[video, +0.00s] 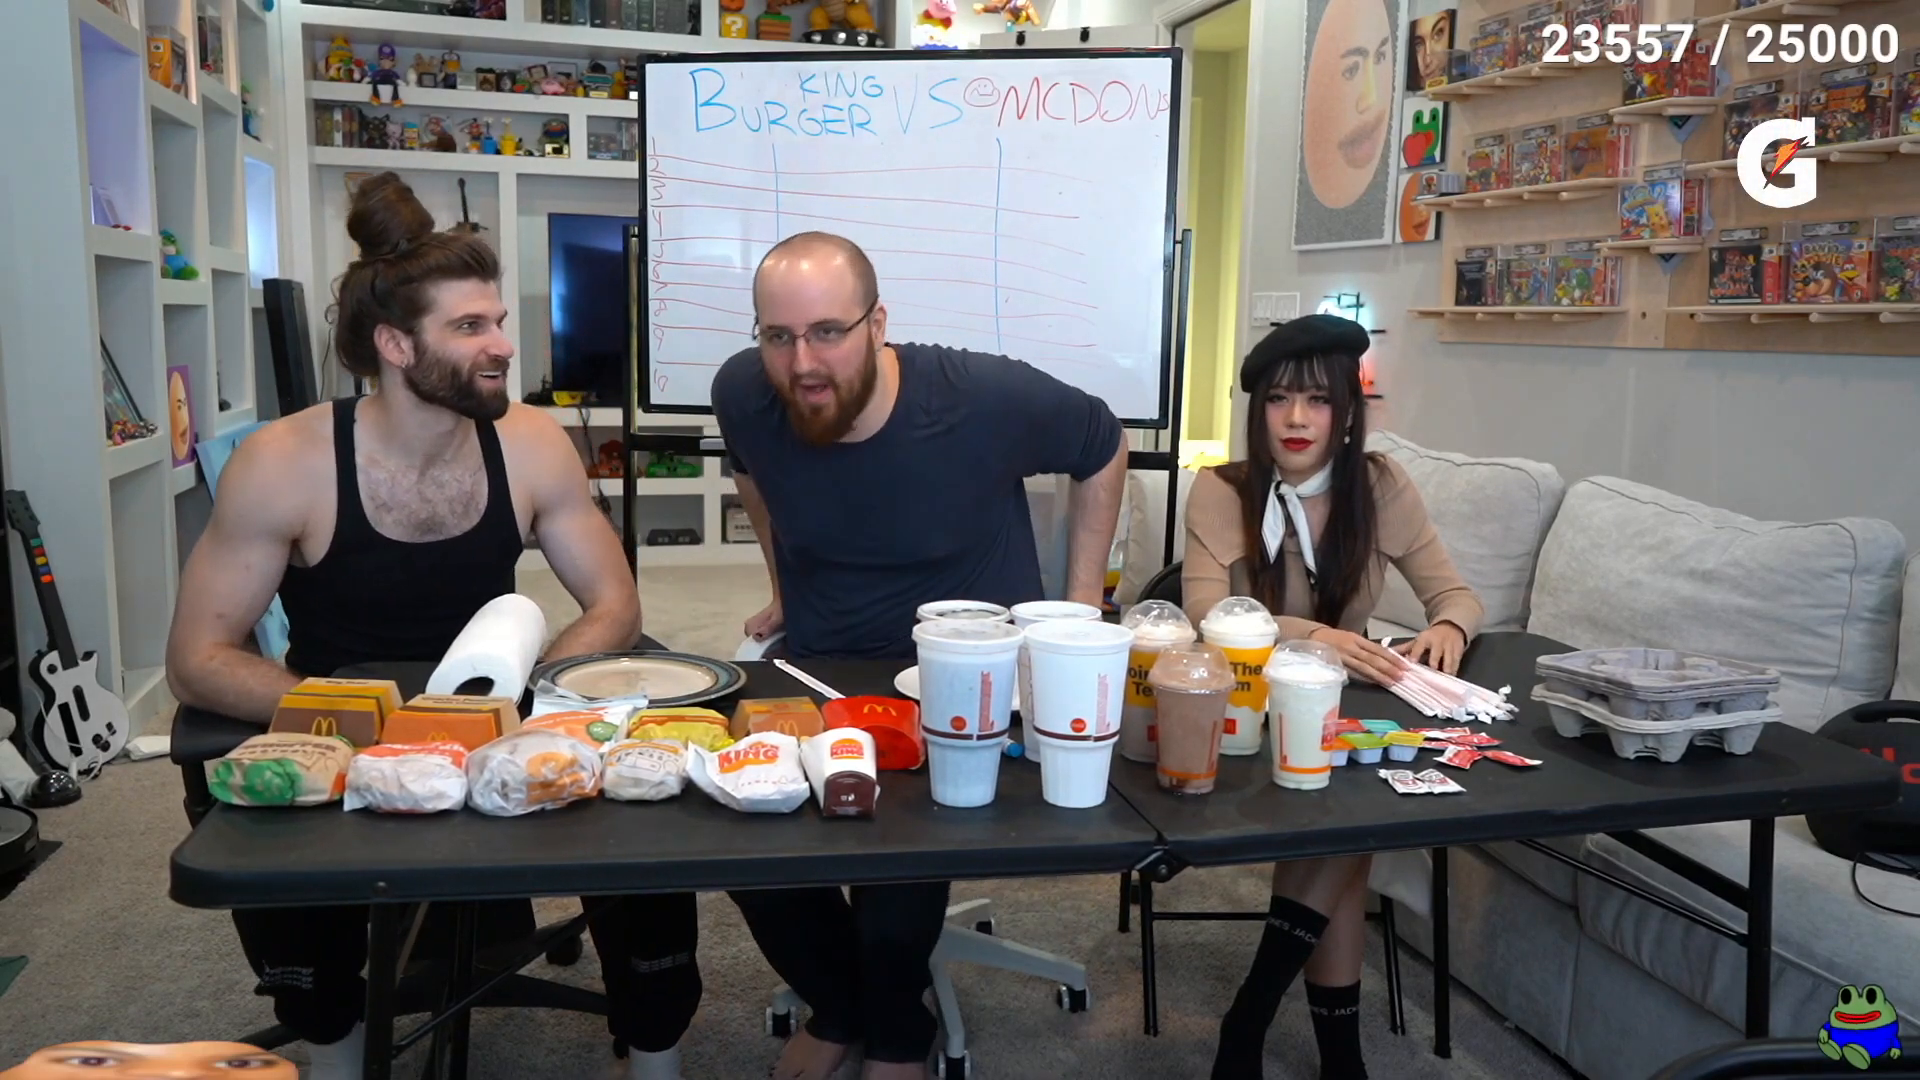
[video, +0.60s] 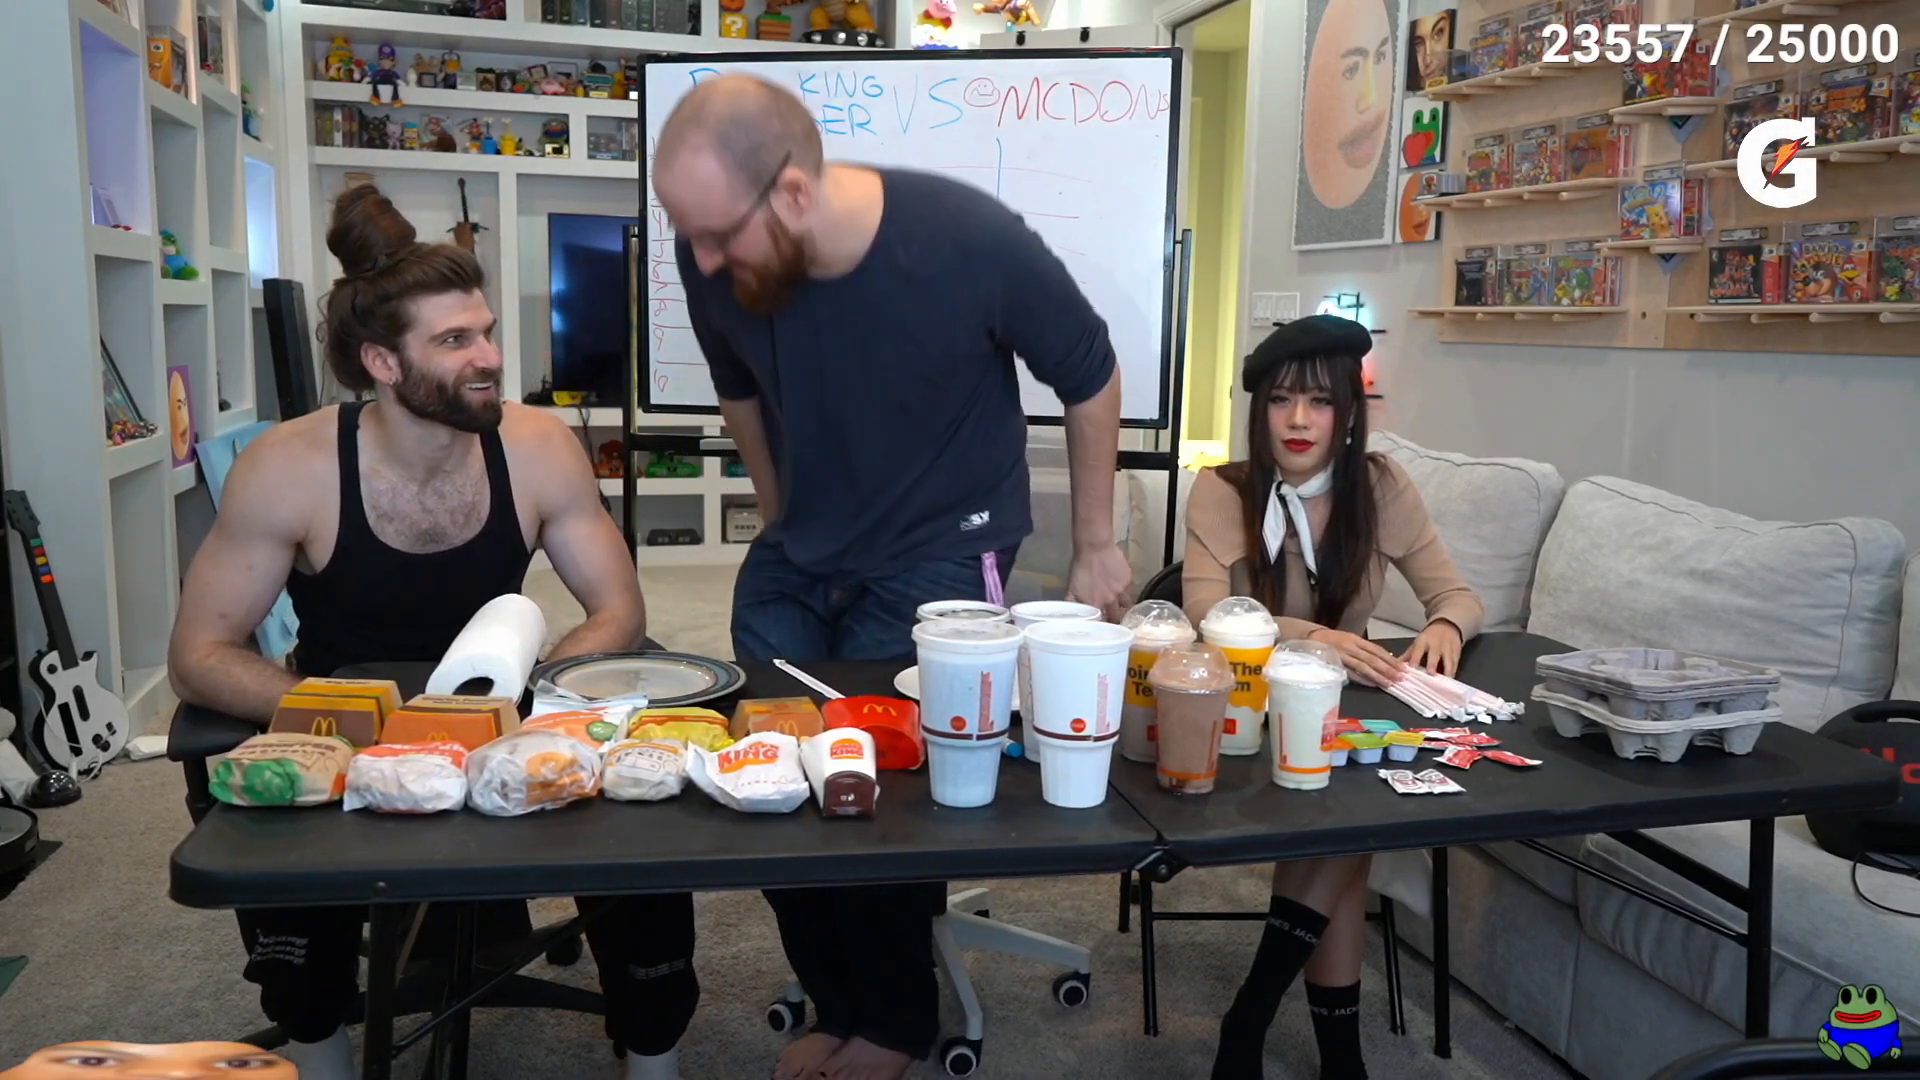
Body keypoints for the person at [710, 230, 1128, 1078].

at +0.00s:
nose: (803, 362)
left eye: (827, 334)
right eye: (780, 337)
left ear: (876, 324)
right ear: (759, 333)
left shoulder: (981, 396)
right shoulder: (744, 395)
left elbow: (1104, 444)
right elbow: (754, 482)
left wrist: (1082, 606)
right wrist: (784, 590)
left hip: (953, 683)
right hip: (814, 674)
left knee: (900, 846)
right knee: (748, 828)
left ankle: (894, 1040)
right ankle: (835, 1013)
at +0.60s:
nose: (703, 262)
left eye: (716, 238)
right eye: (690, 240)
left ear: (795, 189)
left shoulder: (970, 240)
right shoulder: (711, 250)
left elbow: (1090, 373)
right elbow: (740, 390)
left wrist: (1097, 544)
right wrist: (779, 516)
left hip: (934, 571)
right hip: (796, 560)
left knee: (873, 811)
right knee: (763, 798)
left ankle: (898, 1030)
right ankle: (837, 1016)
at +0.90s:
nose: (682, 104)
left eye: (680, 76)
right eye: (672, 82)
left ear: (746, 46)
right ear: (744, 50)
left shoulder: (950, 155)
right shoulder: (763, 150)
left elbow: (1052, 350)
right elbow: (780, 323)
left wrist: (1018, 538)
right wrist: (782, 461)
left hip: (903, 541)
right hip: (776, 514)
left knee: (854, 797)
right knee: (731, 760)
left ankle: (900, 1023)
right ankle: (814, 982)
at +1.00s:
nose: (671, 86)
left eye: (664, 58)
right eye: (659, 65)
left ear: (722, 27)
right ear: (729, 28)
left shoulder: (924, 139)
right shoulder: (764, 144)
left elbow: (1027, 351)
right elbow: (809, 339)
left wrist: (973, 539)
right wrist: (786, 477)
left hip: (887, 536)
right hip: (772, 513)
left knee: (862, 799)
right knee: (737, 756)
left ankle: (898, 1024)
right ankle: (801, 975)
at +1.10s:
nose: (653, 80)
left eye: (645, 51)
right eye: (640, 58)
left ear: (698, 19)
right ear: (707, 19)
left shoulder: (891, 126)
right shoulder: (762, 130)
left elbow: (998, 344)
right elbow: (814, 333)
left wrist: (935, 535)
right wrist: (788, 484)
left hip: (878, 528)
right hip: (781, 510)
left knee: (861, 788)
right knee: (725, 742)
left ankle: (894, 1026)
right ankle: (785, 977)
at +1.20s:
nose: (634, 79)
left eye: (623, 49)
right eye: (621, 55)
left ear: (671, 20)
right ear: (686, 18)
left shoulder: (854, 121)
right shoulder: (765, 122)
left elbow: (972, 335)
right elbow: (827, 328)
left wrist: (894, 521)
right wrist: (784, 485)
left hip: (866, 522)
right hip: (783, 505)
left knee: (850, 771)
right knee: (716, 730)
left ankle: (893, 1025)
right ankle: (770, 980)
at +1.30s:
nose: (621, 86)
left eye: (607, 55)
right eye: (606, 63)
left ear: (644, 22)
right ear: (666, 18)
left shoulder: (814, 109)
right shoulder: (761, 118)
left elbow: (935, 322)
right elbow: (816, 325)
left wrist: (836, 500)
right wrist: (785, 479)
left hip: (872, 499)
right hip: (787, 484)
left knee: (832, 746)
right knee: (703, 702)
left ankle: (892, 1022)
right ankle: (742, 967)